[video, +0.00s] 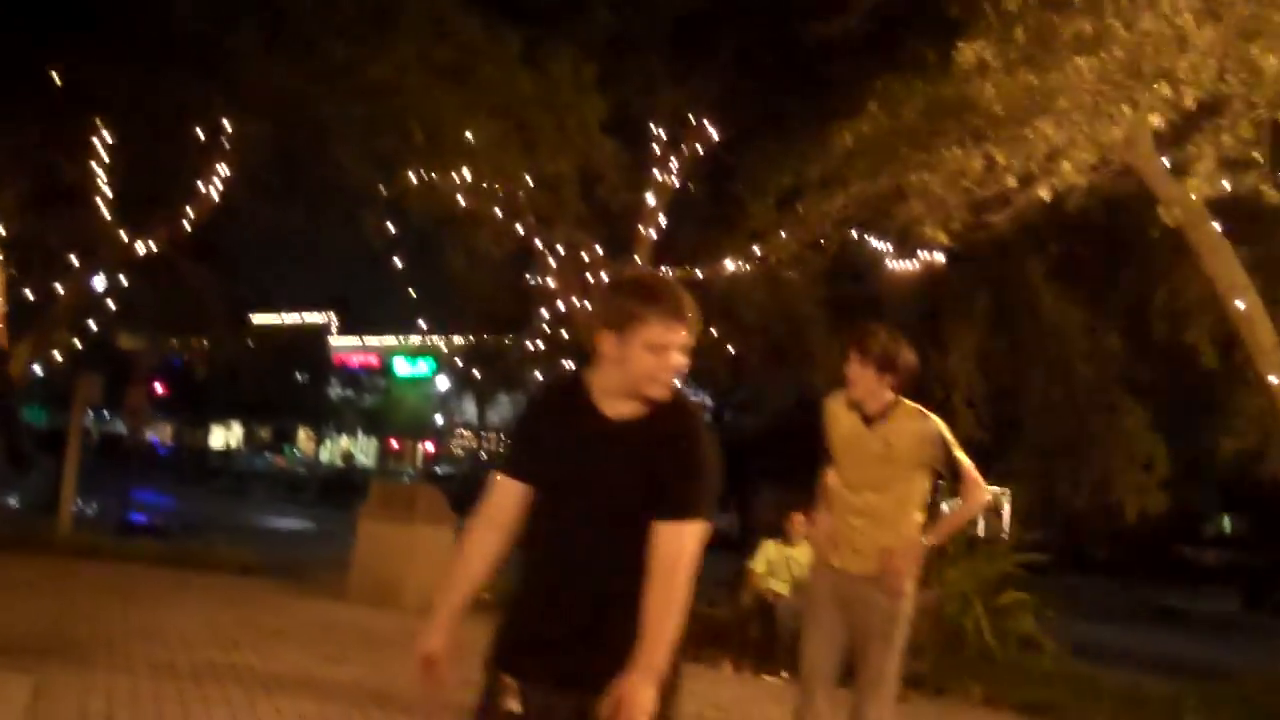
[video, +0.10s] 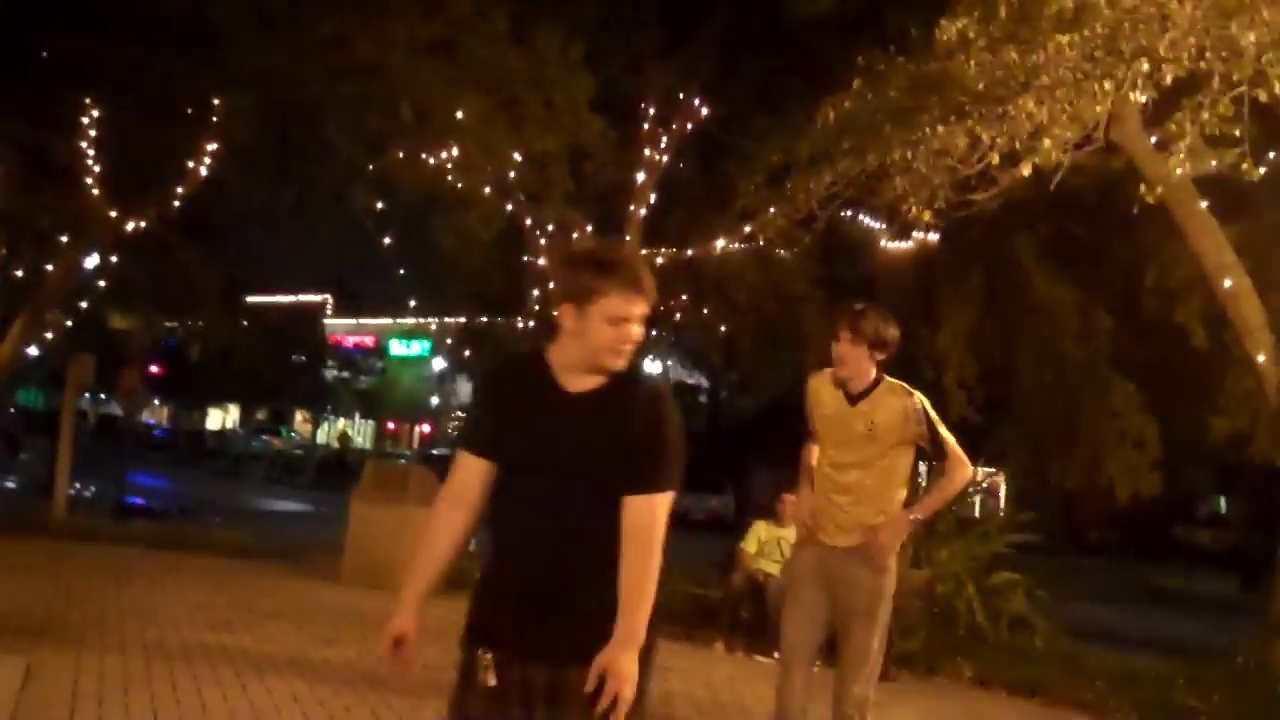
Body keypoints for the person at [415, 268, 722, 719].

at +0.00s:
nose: (677, 365)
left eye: (683, 350)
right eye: (658, 349)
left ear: (690, 350)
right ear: (607, 343)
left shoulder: (683, 435)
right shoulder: (553, 409)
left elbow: (672, 570)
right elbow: (495, 521)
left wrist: (645, 676)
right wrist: (441, 623)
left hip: (621, 671)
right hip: (530, 654)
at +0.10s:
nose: (633, 336)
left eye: (641, 322)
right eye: (618, 321)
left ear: (648, 321)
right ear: (568, 315)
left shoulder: (645, 409)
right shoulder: (508, 386)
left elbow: (643, 539)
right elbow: (459, 499)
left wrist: (626, 645)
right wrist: (409, 605)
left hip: (596, 652)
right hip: (502, 639)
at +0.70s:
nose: (559, 322)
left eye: (565, 309)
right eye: (544, 309)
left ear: (571, 309)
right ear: (497, 307)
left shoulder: (571, 392)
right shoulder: (442, 381)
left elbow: (585, 508)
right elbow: (400, 492)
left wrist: (589, 614)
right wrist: (357, 592)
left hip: (533, 628)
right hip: (437, 623)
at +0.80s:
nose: (587, 304)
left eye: (595, 290)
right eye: (573, 289)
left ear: (602, 291)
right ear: (526, 286)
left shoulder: (600, 371)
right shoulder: (470, 362)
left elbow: (615, 483)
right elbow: (431, 467)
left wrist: (615, 584)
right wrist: (392, 565)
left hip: (561, 608)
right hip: (467, 601)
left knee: (557, 712)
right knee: (449, 710)